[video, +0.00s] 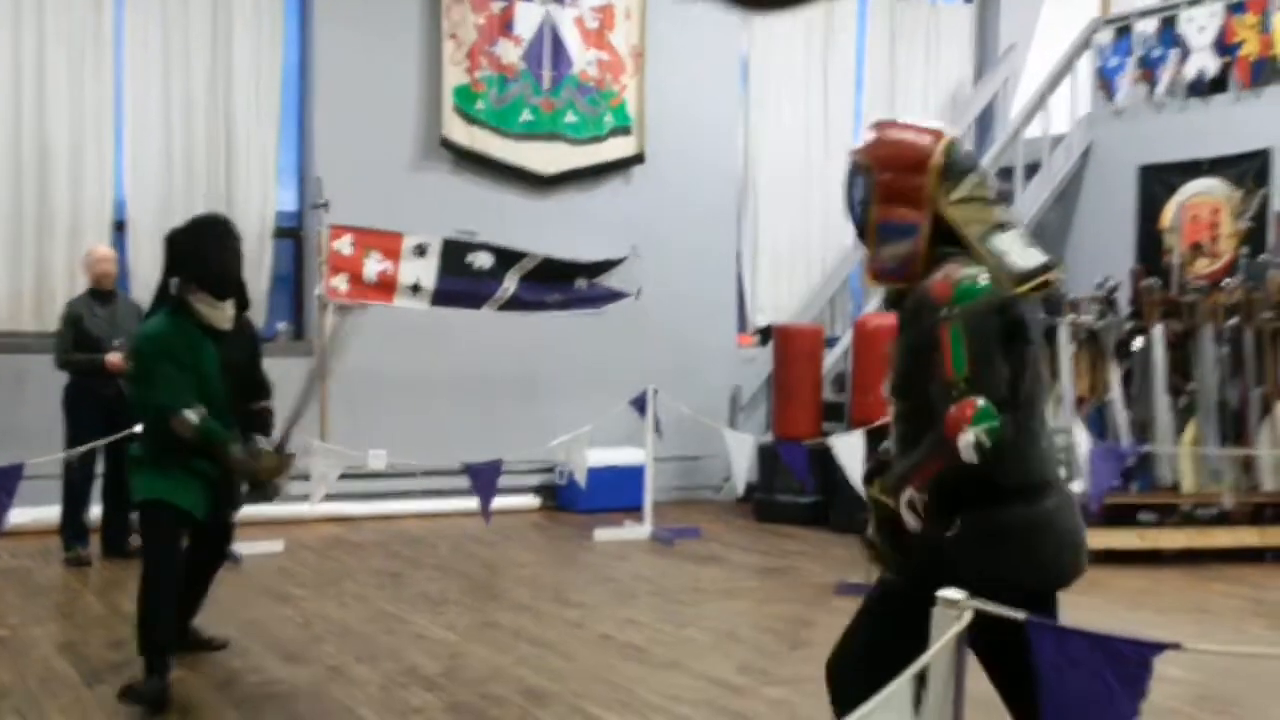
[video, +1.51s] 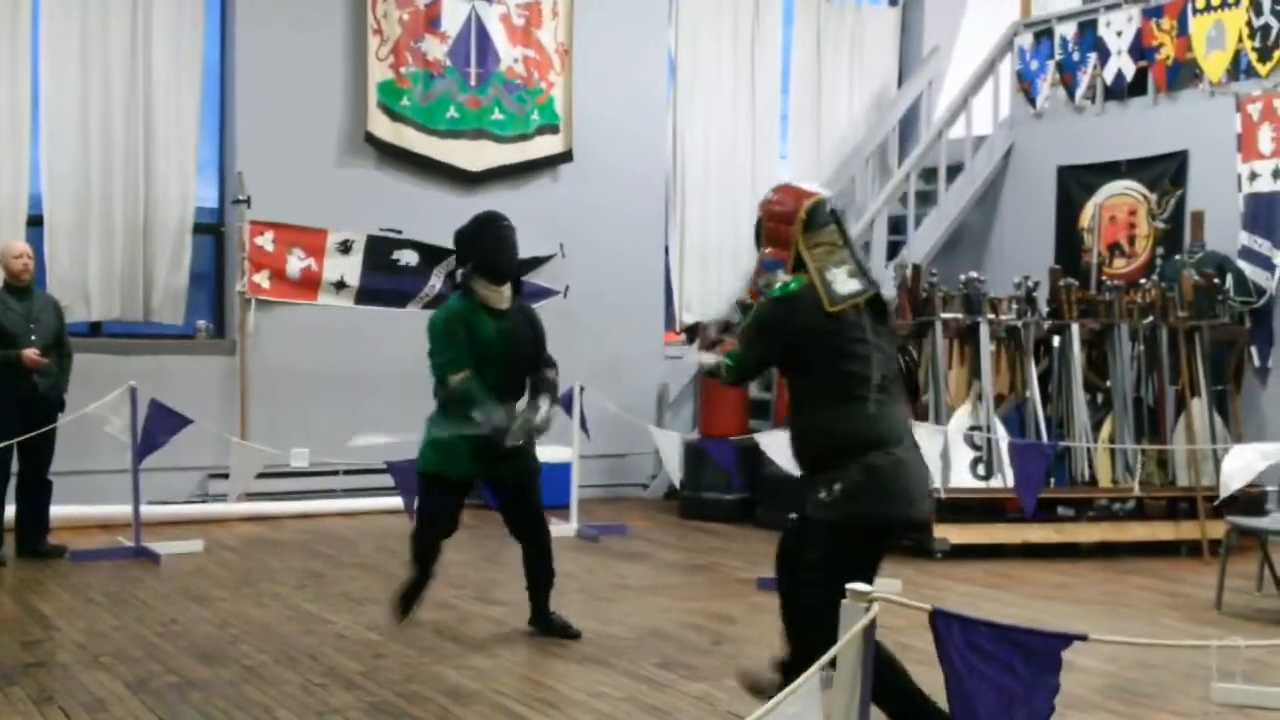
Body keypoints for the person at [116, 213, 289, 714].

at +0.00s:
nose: (229, 269)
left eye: (229, 259)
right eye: (220, 260)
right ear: (199, 268)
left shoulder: (237, 330)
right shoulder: (160, 333)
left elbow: (254, 397)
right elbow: (175, 412)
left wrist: (258, 447)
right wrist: (233, 453)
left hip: (216, 466)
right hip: (164, 465)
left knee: (212, 548)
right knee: (163, 564)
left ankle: (179, 626)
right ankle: (155, 671)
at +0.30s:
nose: (263, 249)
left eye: (261, 239)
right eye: (255, 240)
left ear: (219, 251)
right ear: (230, 249)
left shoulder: (224, 305)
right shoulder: (205, 315)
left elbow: (224, 386)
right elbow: (220, 396)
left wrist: (238, 439)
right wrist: (240, 443)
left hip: (189, 442)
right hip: (178, 444)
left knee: (172, 540)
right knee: (232, 530)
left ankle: (149, 631)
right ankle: (233, 640)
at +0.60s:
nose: (274, 260)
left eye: (272, 249)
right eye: (267, 250)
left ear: (225, 257)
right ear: (246, 257)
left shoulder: (207, 308)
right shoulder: (229, 321)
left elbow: (228, 389)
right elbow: (241, 397)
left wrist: (254, 441)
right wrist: (260, 447)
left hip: (183, 446)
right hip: (205, 449)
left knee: (153, 537)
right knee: (264, 521)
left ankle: (109, 629)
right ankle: (294, 623)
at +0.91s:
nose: (356, 275)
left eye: (354, 265)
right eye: (349, 265)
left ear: (315, 272)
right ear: (328, 271)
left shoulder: (330, 328)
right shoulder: (300, 334)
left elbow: (338, 398)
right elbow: (321, 413)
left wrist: (359, 451)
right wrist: (357, 468)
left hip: (292, 455)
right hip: (277, 455)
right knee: (333, 539)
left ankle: (173, 585)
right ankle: (320, 644)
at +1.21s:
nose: (439, 266)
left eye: (439, 258)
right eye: (432, 258)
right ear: (411, 265)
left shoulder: (438, 327)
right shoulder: (375, 329)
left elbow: (450, 390)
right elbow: (382, 403)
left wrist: (450, 444)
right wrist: (409, 456)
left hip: (420, 450)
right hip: (374, 451)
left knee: (465, 521)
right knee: (378, 533)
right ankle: (326, 637)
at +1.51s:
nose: (508, 256)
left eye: (509, 247)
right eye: (498, 249)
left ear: (514, 256)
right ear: (475, 258)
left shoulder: (524, 317)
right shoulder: (450, 319)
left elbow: (544, 370)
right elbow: (455, 386)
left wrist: (538, 411)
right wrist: (501, 418)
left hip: (508, 440)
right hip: (453, 441)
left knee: (533, 528)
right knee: (435, 523)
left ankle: (541, 612)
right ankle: (419, 577)